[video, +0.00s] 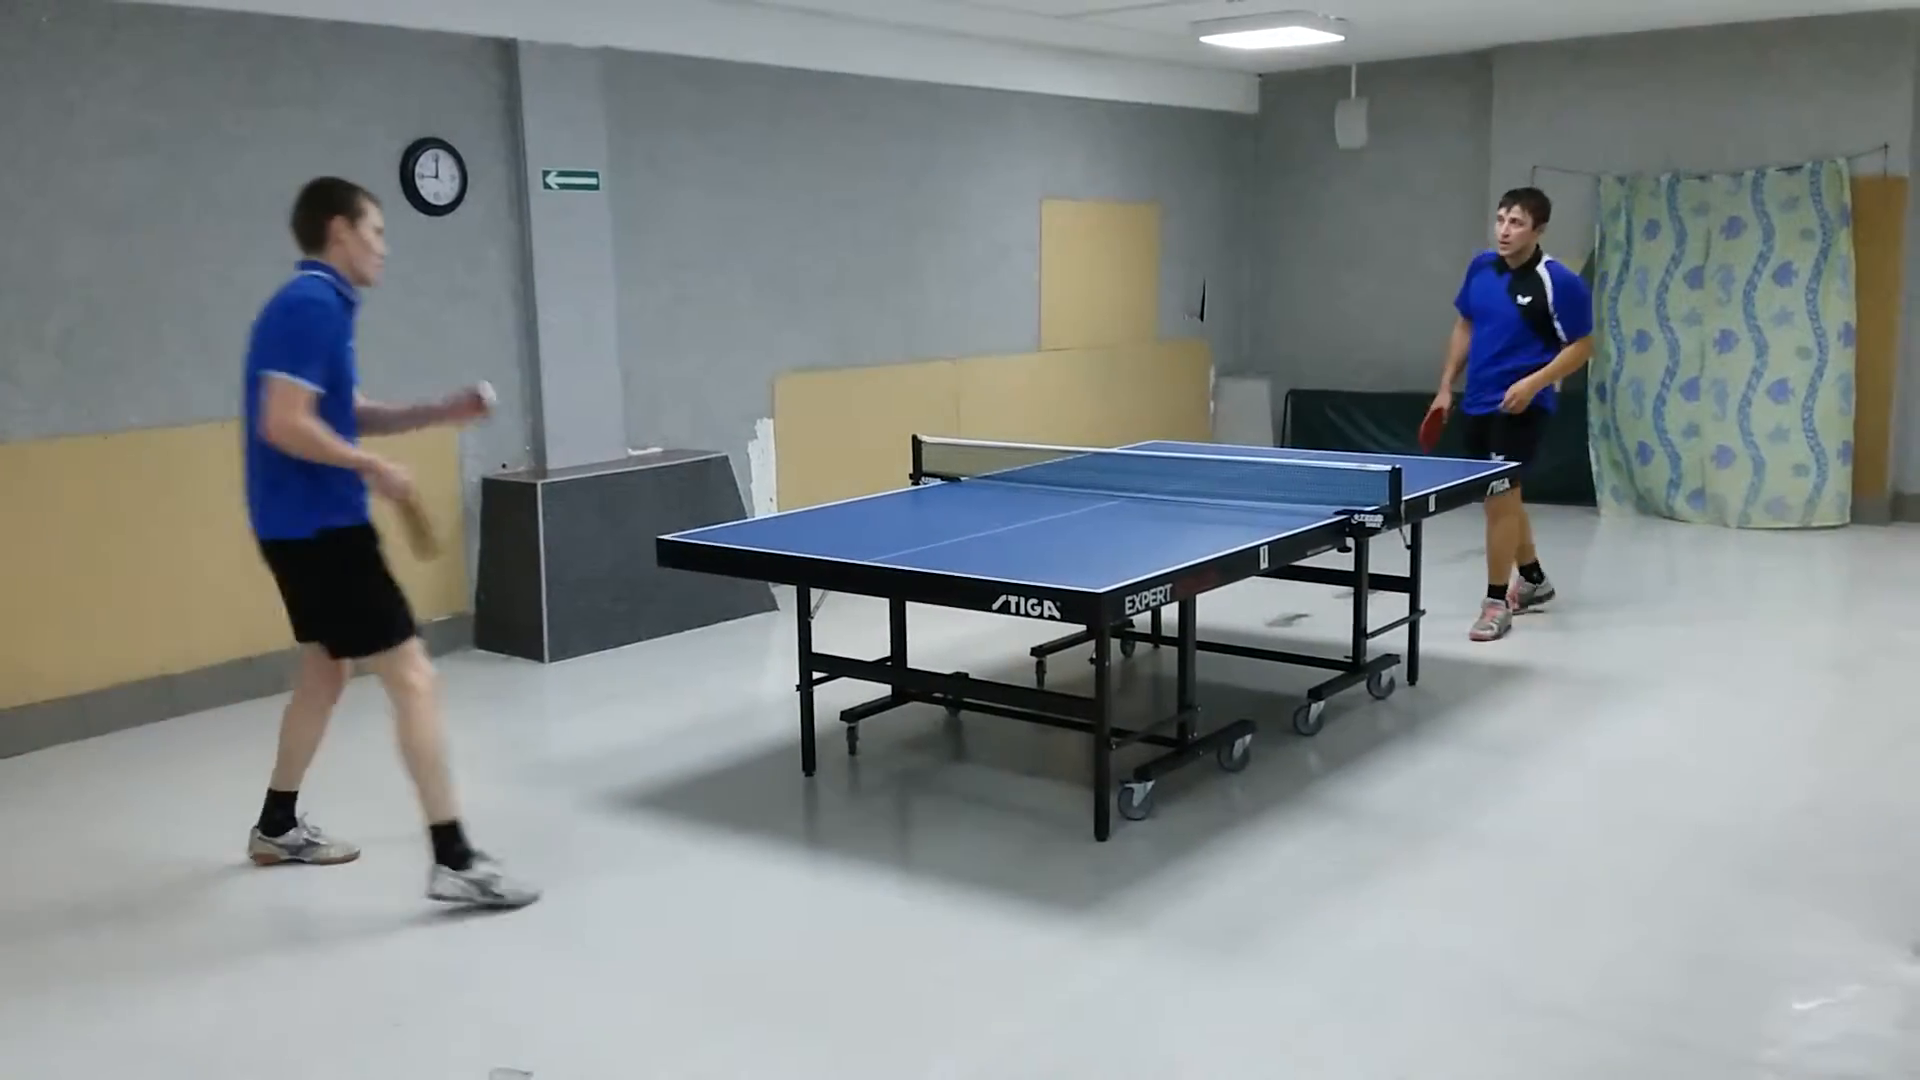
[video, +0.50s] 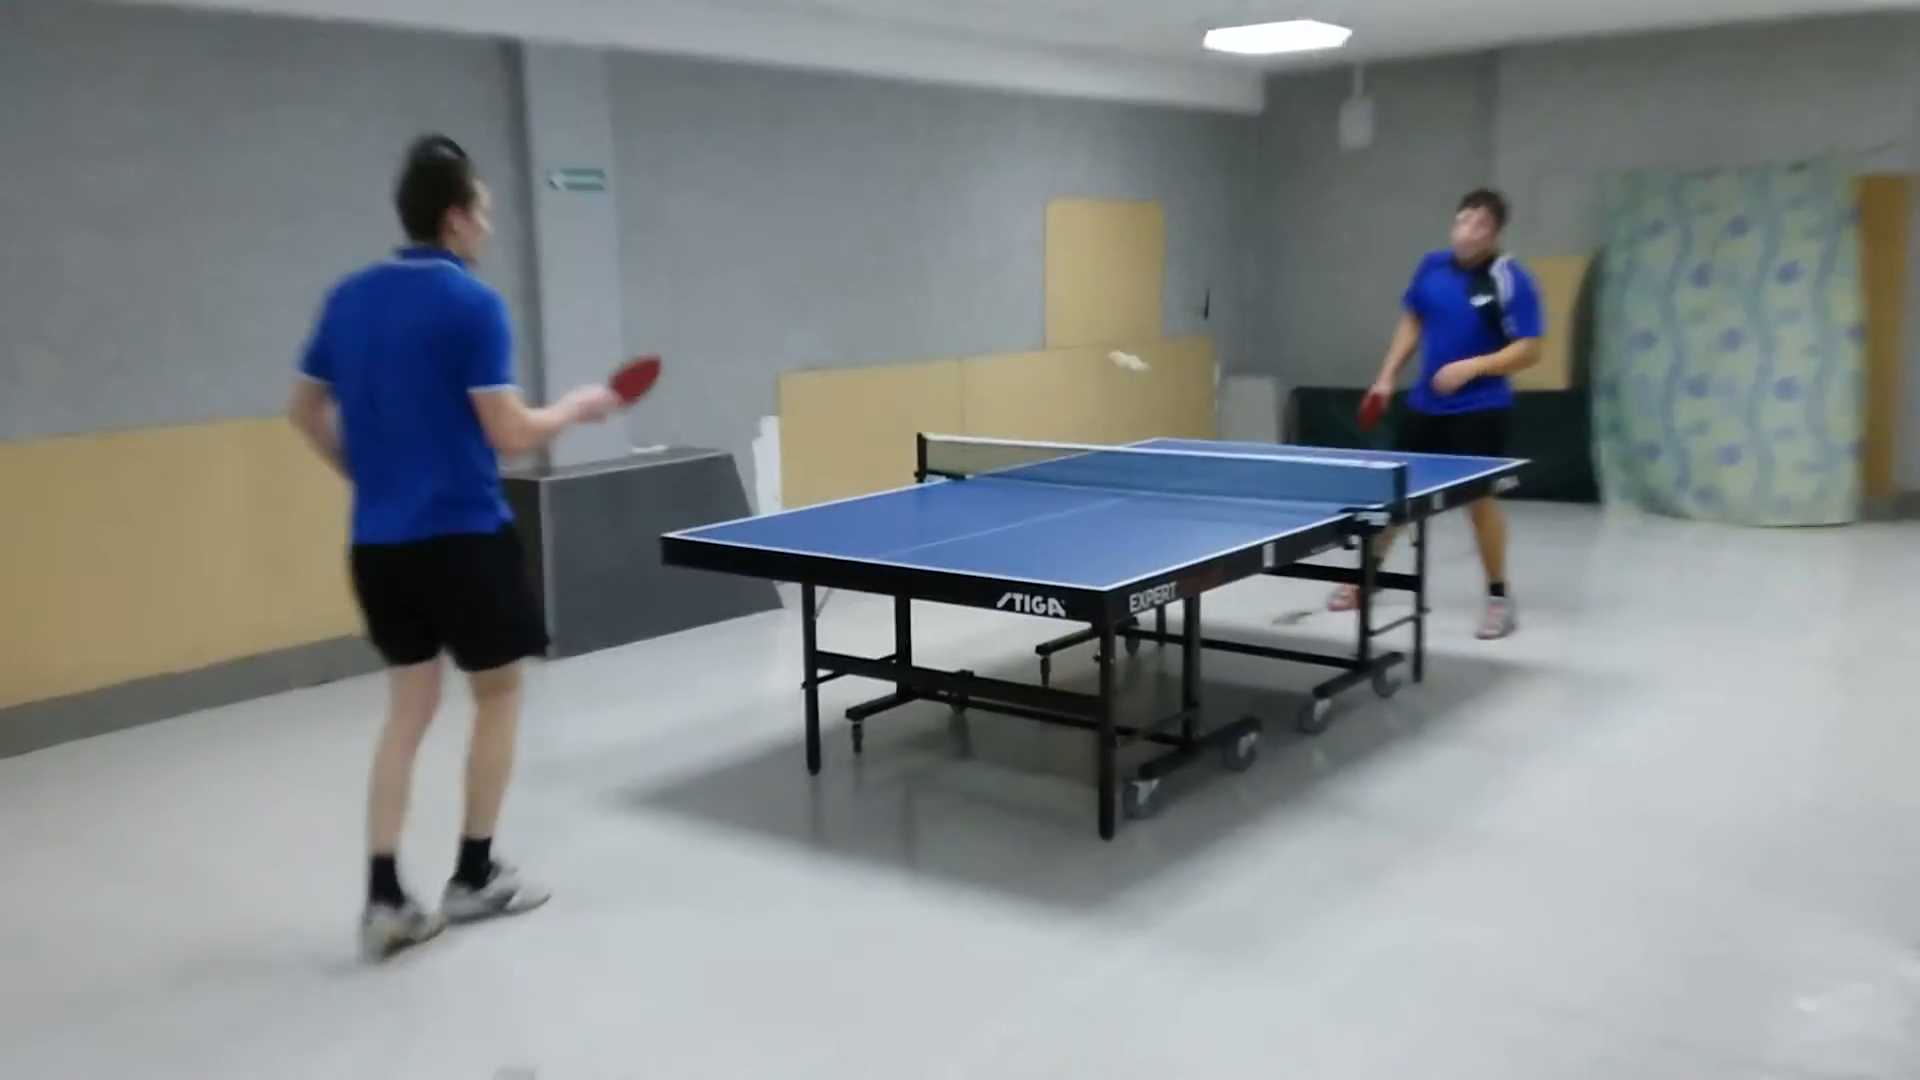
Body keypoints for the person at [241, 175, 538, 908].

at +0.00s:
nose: (383, 247)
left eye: (381, 234)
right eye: (373, 231)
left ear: (333, 236)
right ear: (335, 233)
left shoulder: (323, 305)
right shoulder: (311, 304)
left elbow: (343, 417)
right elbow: (282, 423)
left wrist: (440, 413)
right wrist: (375, 468)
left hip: (305, 527)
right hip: (320, 529)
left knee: (324, 669)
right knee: (414, 675)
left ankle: (276, 826)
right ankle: (453, 861)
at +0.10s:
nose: (416, 248)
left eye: (415, 234)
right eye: (408, 234)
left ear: (355, 239)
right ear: (376, 235)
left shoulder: (309, 311)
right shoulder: (370, 307)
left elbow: (352, 439)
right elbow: (375, 438)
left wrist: (453, 450)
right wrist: (459, 448)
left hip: (315, 542)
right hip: (371, 540)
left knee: (343, 674)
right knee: (451, 687)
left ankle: (277, 820)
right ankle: (459, 874)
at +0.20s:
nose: (448, 241)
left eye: (445, 225)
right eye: (441, 226)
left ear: (380, 235)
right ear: (412, 231)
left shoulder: (324, 310)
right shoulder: (417, 308)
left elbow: (350, 436)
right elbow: (466, 438)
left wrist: (437, 490)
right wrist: (530, 408)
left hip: (334, 539)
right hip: (402, 538)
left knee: (369, 677)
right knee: (470, 688)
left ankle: (293, 831)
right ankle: (460, 877)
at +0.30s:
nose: (469, 232)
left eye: (467, 217)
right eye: (464, 218)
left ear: (395, 224)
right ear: (436, 222)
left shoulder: (336, 299)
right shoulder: (448, 303)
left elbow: (312, 419)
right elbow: (503, 430)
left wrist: (390, 441)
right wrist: (564, 383)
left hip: (349, 535)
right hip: (426, 532)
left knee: (391, 677)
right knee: (473, 688)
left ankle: (320, 843)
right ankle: (463, 877)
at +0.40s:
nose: (484, 213)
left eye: (478, 198)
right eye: (475, 199)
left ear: (411, 209)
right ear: (450, 207)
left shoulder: (349, 289)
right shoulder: (466, 295)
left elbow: (308, 403)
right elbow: (521, 424)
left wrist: (366, 460)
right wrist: (580, 382)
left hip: (374, 528)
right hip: (455, 525)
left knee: (411, 672)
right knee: (483, 683)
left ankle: (364, 854)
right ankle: (473, 867)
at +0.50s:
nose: (488, 223)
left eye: (484, 208)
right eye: (481, 209)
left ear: (413, 215)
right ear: (456, 214)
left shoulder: (349, 297)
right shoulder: (472, 303)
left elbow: (305, 408)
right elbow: (510, 433)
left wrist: (363, 472)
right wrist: (578, 407)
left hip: (380, 543)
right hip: (467, 537)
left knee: (411, 698)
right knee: (498, 693)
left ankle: (383, 896)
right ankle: (475, 874)